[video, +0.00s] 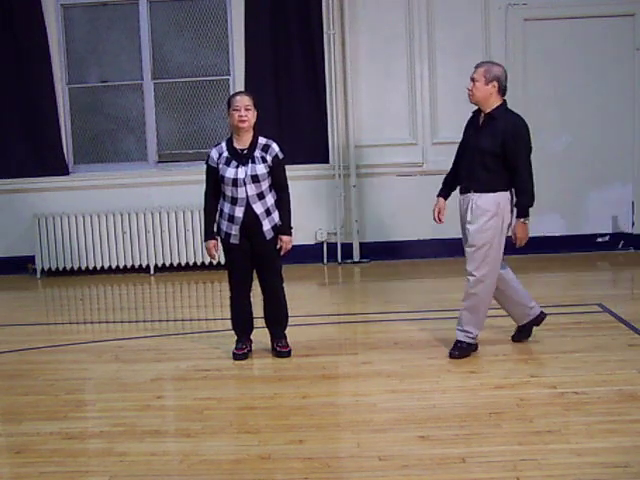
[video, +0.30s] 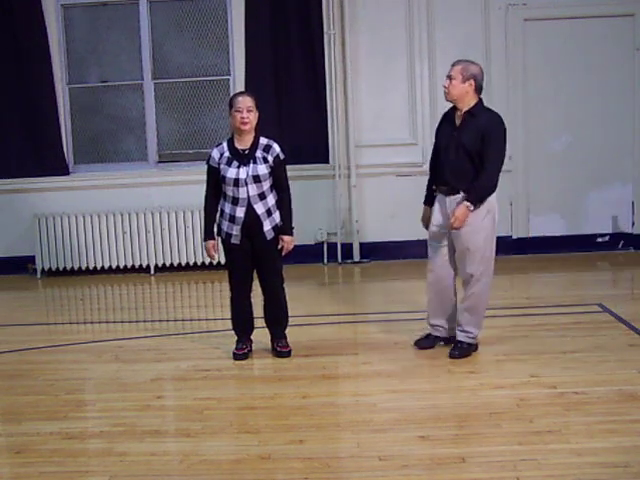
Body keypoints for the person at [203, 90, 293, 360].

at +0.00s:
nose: (242, 114)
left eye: (247, 109)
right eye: (236, 109)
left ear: (255, 114)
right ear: (228, 115)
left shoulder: (269, 149)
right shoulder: (217, 154)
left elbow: (283, 191)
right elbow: (211, 197)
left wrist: (285, 229)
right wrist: (210, 234)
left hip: (266, 230)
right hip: (233, 232)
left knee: (273, 286)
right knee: (239, 289)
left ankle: (279, 336)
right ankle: (243, 338)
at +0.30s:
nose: (244, 116)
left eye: (249, 110)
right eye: (238, 111)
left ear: (257, 115)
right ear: (230, 116)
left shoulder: (271, 150)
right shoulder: (218, 154)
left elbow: (284, 192)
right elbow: (212, 196)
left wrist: (287, 229)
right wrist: (209, 234)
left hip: (267, 231)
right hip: (234, 233)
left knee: (274, 286)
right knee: (239, 289)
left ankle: (279, 336)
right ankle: (243, 338)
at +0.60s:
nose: (244, 114)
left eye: (249, 109)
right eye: (238, 109)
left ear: (257, 114)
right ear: (230, 115)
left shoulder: (271, 149)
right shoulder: (219, 154)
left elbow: (284, 192)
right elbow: (213, 198)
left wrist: (287, 230)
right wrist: (212, 235)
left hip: (268, 231)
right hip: (234, 233)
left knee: (273, 286)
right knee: (240, 289)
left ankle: (279, 336)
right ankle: (243, 338)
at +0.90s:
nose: (244, 115)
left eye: (249, 110)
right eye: (239, 110)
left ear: (257, 114)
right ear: (230, 115)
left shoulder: (271, 149)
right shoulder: (219, 154)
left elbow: (284, 192)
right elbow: (212, 197)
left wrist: (287, 230)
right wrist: (211, 235)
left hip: (267, 230)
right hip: (234, 232)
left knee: (274, 285)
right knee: (240, 288)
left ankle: (279, 336)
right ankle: (243, 338)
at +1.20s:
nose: (248, 117)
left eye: (253, 112)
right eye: (242, 112)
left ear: (258, 116)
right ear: (232, 116)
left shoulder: (271, 150)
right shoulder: (219, 155)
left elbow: (284, 192)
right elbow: (213, 198)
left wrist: (287, 230)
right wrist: (212, 235)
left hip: (268, 230)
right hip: (234, 233)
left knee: (274, 286)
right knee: (240, 289)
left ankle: (279, 336)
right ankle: (243, 338)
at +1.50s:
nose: (247, 115)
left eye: (252, 110)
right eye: (241, 110)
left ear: (258, 115)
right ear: (232, 115)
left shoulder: (272, 150)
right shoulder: (220, 154)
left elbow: (285, 192)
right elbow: (213, 198)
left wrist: (288, 230)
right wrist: (212, 235)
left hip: (268, 231)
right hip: (235, 233)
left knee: (274, 286)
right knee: (240, 289)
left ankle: (279, 336)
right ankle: (243, 338)